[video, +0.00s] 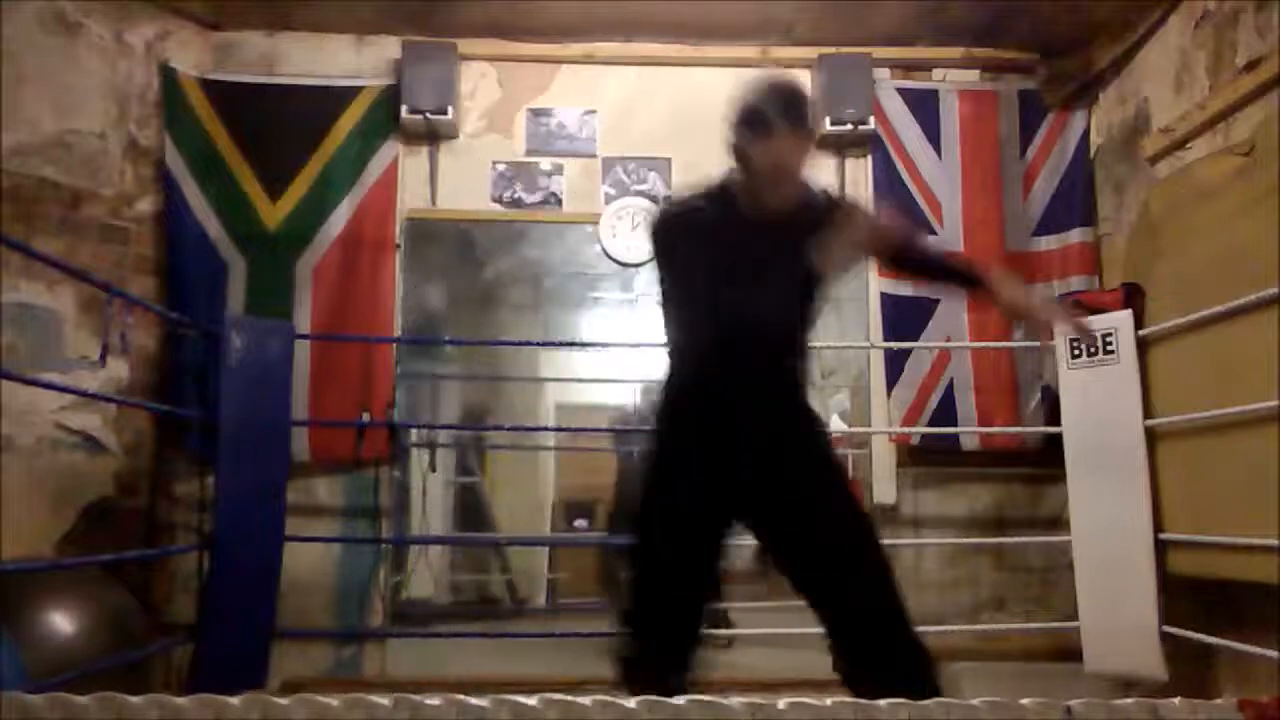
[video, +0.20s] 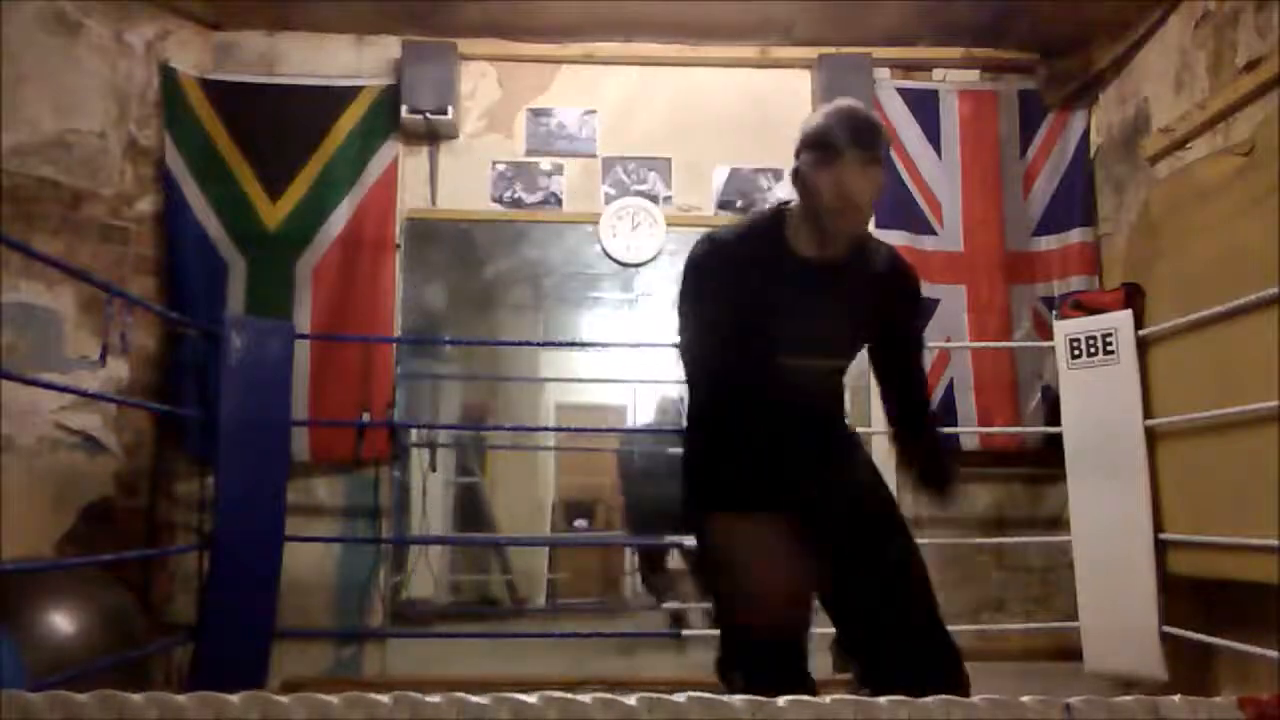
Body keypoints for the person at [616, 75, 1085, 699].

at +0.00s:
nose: (791, 159)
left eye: (800, 144)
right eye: (780, 142)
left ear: (807, 146)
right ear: (746, 142)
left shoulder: (824, 219)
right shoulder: (683, 226)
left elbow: (917, 260)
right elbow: (719, 308)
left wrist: (1009, 294)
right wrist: (812, 255)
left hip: (783, 448)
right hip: (691, 450)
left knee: (864, 606)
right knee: (657, 639)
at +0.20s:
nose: (852, 205)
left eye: (865, 190)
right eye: (837, 190)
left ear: (880, 186)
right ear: (801, 178)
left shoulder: (881, 278)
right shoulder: (724, 262)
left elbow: (903, 388)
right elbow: (714, 402)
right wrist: (727, 518)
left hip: (827, 463)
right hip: (734, 468)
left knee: (912, 652)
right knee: (765, 664)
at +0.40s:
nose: (737, 87)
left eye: (755, 72)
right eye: (728, 69)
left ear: (779, 80)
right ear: (706, 73)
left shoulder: (808, 170)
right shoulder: (658, 147)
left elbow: (778, 280)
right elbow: (548, 159)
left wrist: (671, 186)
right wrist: (470, 209)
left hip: (764, 395)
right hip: (665, 393)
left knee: (826, 567)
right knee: (598, 551)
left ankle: (889, 712)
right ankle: (600, 707)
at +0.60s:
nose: (595, 45)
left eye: (615, 26)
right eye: (579, 26)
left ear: (641, 39)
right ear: (555, 38)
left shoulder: (687, 148)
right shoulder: (520, 125)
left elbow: (654, 285)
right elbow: (413, 184)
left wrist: (516, 168)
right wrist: (313, 226)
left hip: (644, 410)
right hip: (537, 406)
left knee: (708, 618)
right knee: (446, 603)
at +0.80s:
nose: (444, 130)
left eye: (467, 104)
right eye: (423, 109)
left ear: (504, 112)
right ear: (401, 124)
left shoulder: (591, 226)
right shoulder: (393, 231)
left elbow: (597, 425)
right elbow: (338, 382)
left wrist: (473, 499)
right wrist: (227, 482)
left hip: (573, 483)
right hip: (455, 470)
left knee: (552, 708)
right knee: (346, 687)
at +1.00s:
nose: (465, 80)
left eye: (489, 53)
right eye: (447, 55)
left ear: (529, 64)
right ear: (427, 72)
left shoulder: (618, 179)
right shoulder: (395, 207)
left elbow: (703, 326)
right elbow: (368, 397)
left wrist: (749, 469)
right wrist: (412, 476)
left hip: (599, 465)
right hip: (462, 460)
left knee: (662, 694)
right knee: (351, 690)